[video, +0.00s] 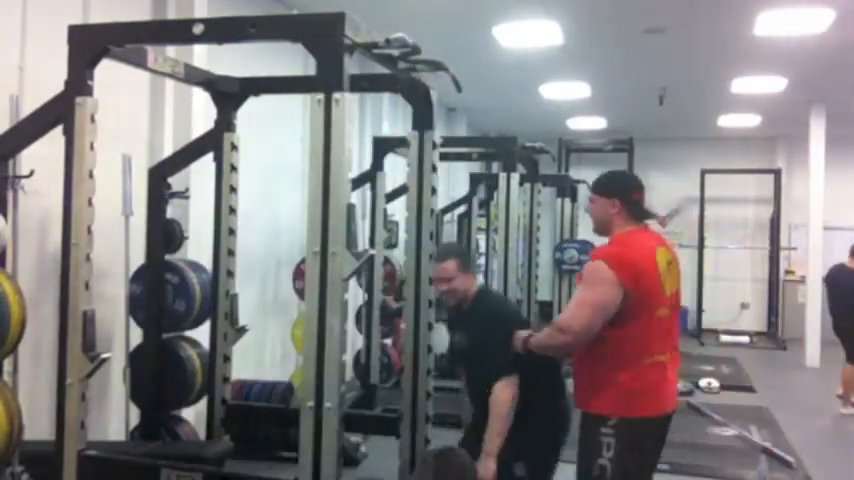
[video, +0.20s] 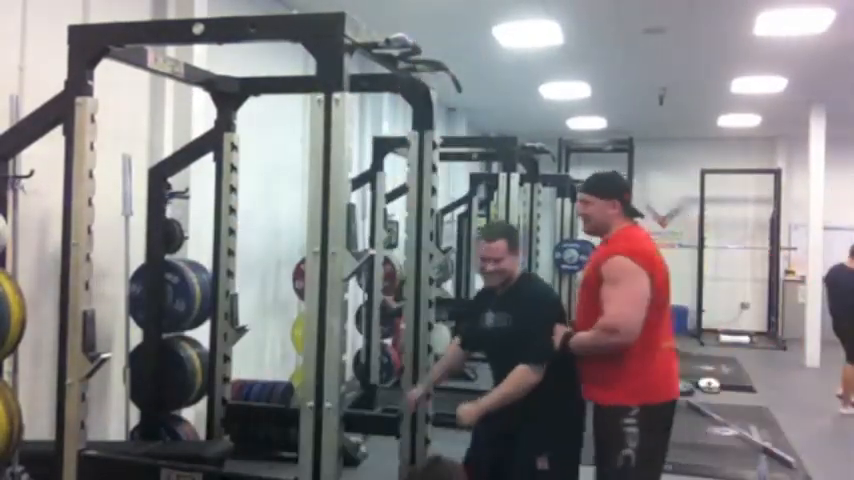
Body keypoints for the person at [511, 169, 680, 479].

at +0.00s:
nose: (588, 207)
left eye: (593, 200)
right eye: (590, 200)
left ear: (615, 205)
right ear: (628, 205)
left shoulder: (614, 258)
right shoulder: (661, 247)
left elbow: (570, 331)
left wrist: (530, 341)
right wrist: (569, 346)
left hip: (618, 409)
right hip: (652, 405)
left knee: (602, 473)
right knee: (635, 473)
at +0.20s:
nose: (580, 210)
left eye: (587, 202)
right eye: (580, 202)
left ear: (614, 206)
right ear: (613, 206)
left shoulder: (626, 251)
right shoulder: (624, 244)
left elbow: (620, 329)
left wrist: (570, 341)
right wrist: (575, 331)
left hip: (632, 400)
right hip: (626, 396)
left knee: (624, 472)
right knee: (618, 472)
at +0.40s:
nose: (606, 214)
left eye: (617, 206)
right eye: (604, 205)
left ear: (643, 209)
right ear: (600, 205)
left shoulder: (657, 255)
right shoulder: (608, 249)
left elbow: (652, 329)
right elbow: (595, 307)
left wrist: (589, 337)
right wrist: (577, 324)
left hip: (655, 403)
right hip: (618, 397)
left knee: (652, 473)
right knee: (619, 471)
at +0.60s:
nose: (650, 216)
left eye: (661, 209)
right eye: (646, 207)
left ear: (685, 214)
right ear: (639, 209)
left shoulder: (701, 264)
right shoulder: (628, 251)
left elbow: (701, 338)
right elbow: (609, 303)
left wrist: (629, 360)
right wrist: (588, 344)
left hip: (689, 413)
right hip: (635, 405)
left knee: (698, 473)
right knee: (631, 473)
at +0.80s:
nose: (700, 221)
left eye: (712, 215)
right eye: (695, 213)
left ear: (734, 220)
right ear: (688, 215)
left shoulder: (762, 274)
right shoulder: (664, 262)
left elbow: (781, 347)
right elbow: (637, 311)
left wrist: (741, 410)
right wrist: (617, 368)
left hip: (739, 425)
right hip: (674, 420)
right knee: (662, 474)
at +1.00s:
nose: (757, 217)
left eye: (768, 210)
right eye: (750, 207)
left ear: (787, 216)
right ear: (740, 208)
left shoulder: (821, 272)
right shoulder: (701, 259)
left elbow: (844, 340)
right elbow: (668, 313)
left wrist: (846, 412)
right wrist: (658, 379)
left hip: (785, 426)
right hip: (714, 418)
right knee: (696, 473)